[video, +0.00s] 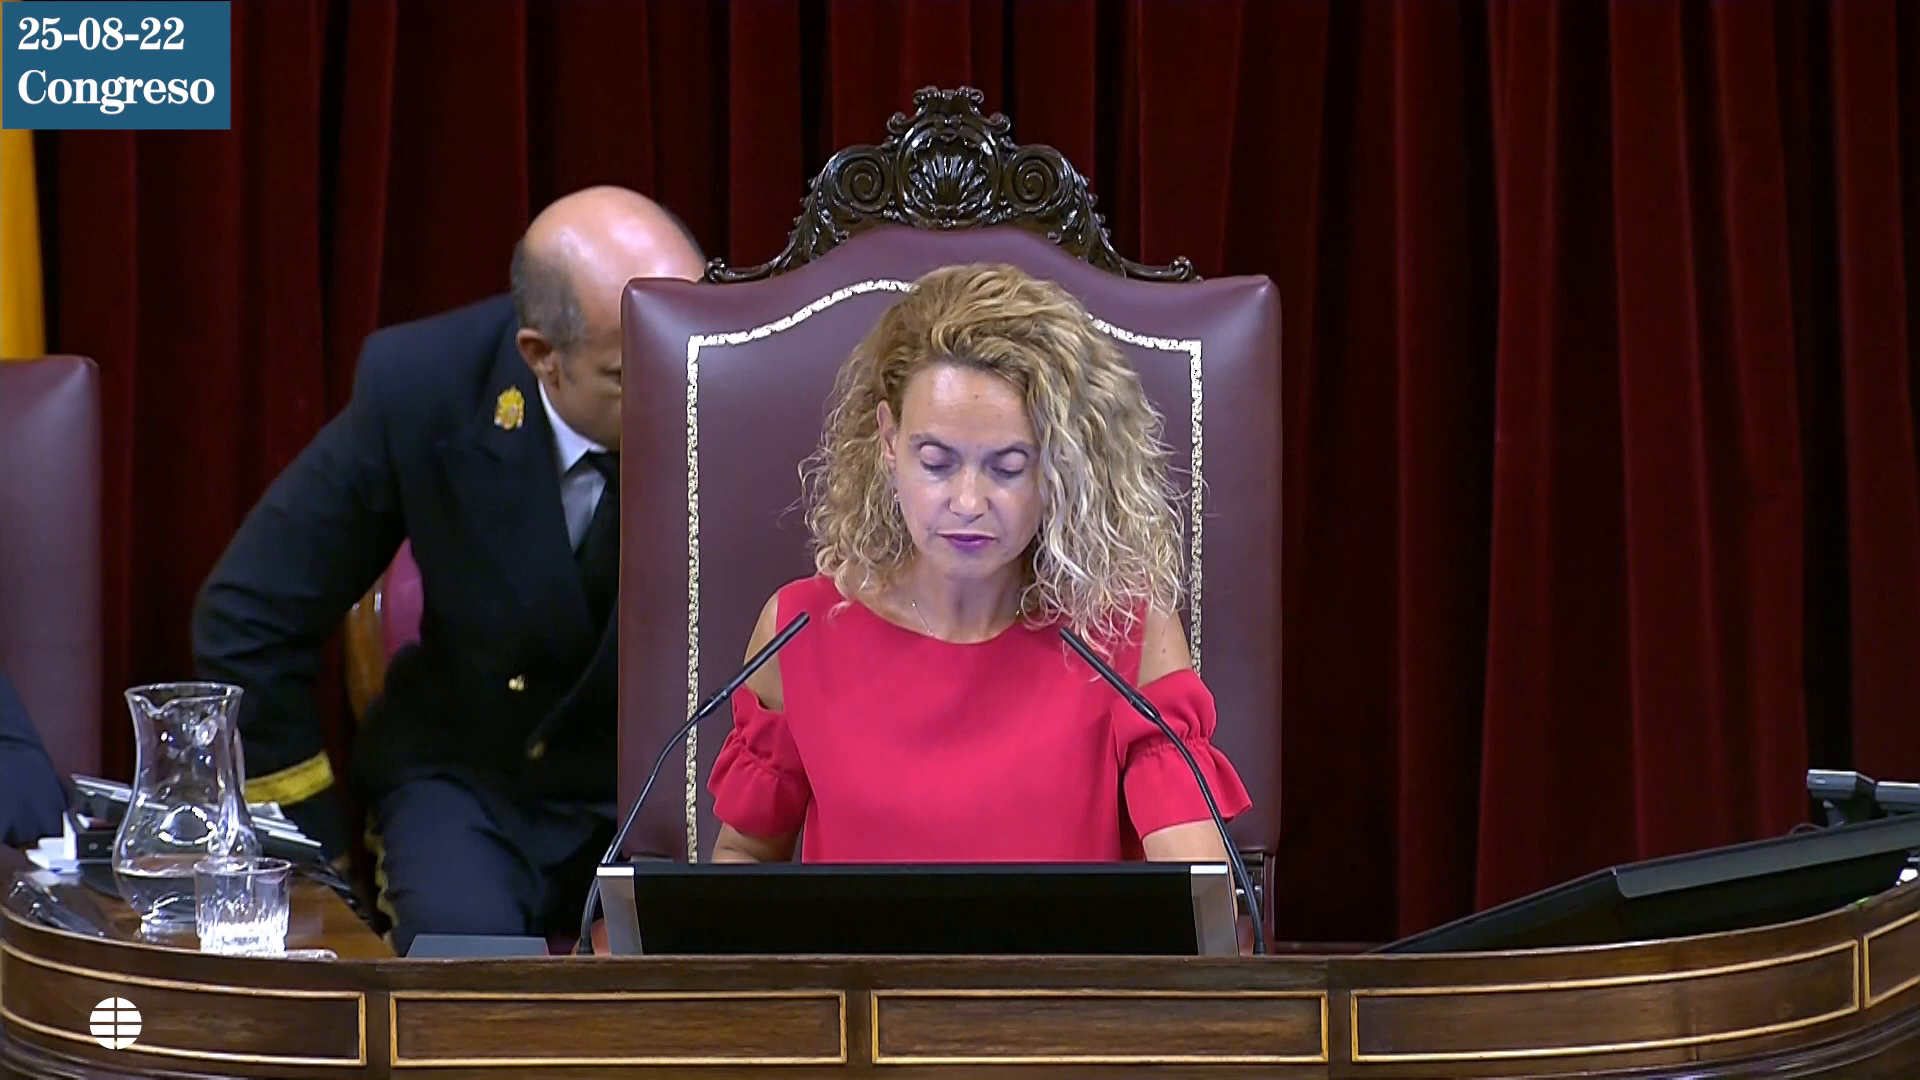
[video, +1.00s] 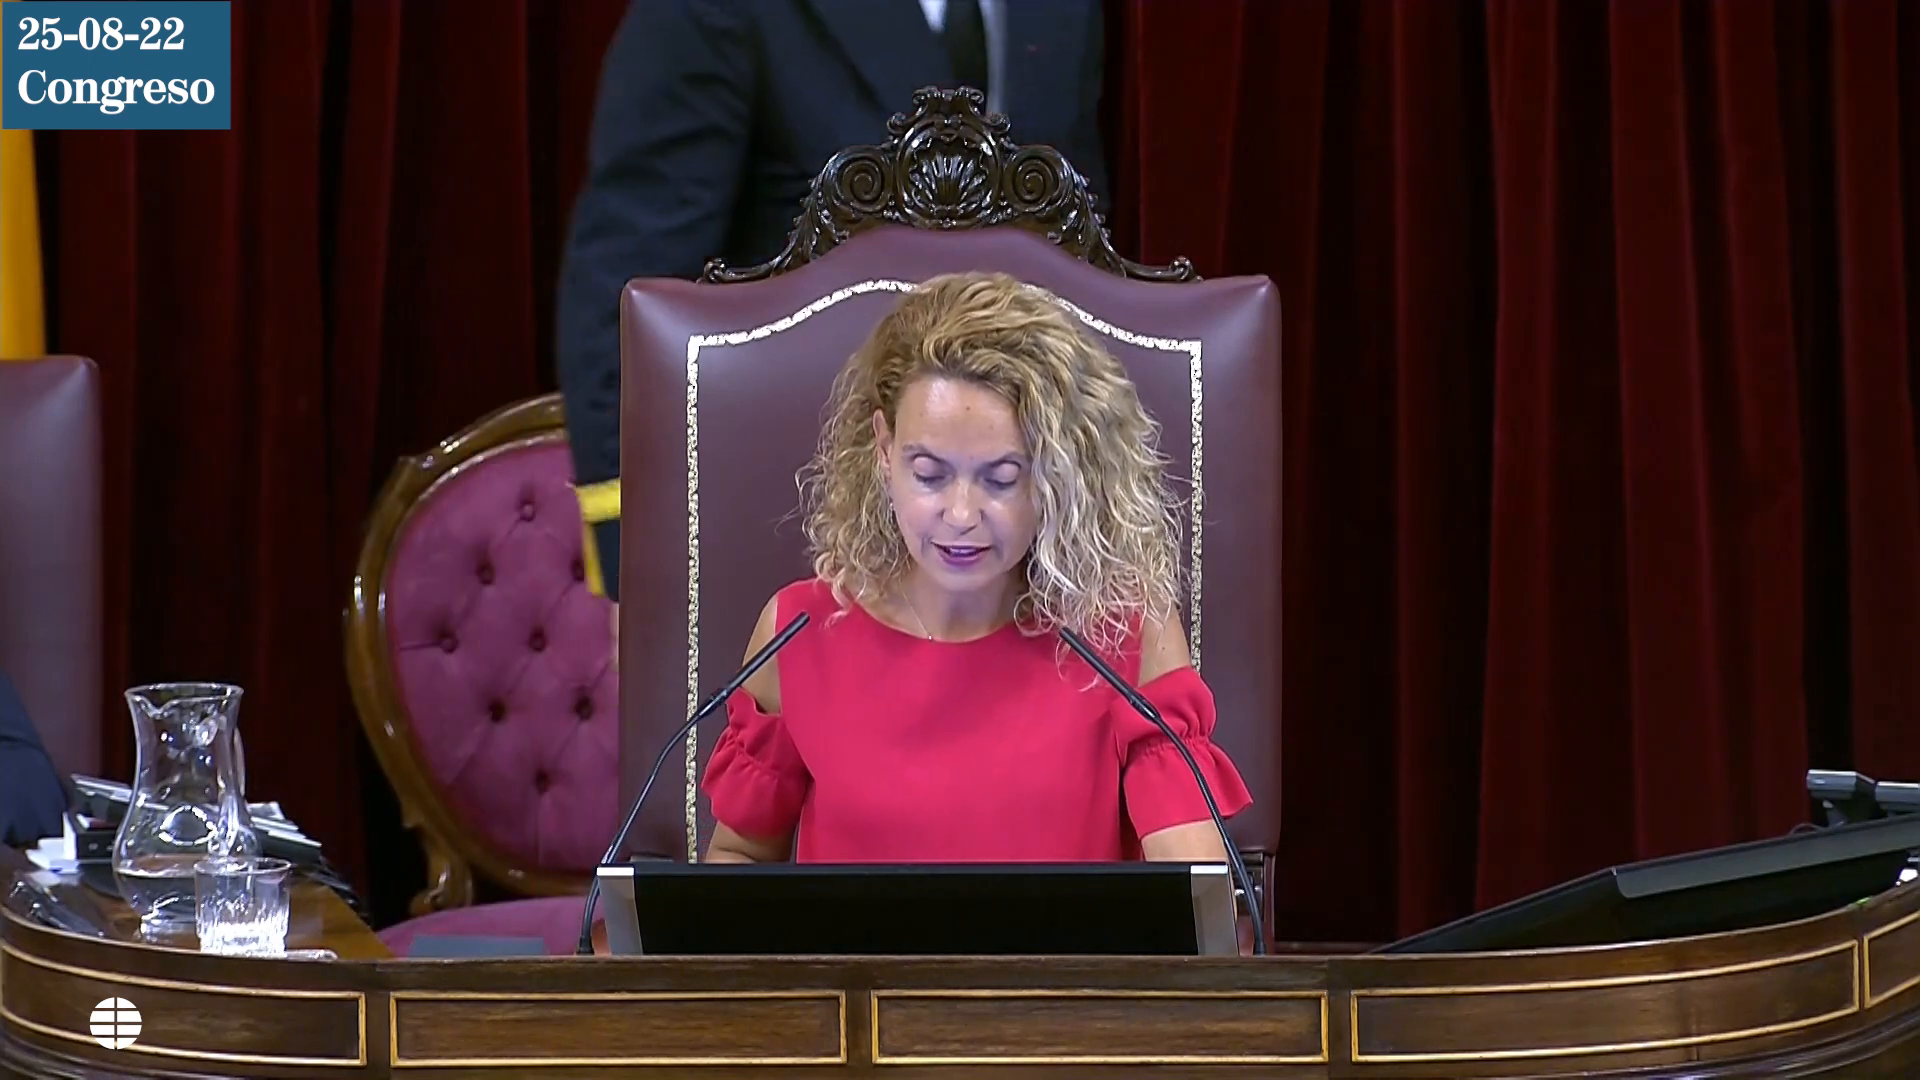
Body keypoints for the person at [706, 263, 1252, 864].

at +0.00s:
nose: (970, 502)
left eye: (1008, 465)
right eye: (937, 460)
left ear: (1062, 464)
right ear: (889, 441)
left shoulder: (1126, 624)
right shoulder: (802, 626)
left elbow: (1204, 899)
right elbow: (741, 864)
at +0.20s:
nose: (959, 510)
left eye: (997, 474)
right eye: (928, 470)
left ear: (1052, 471)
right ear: (877, 452)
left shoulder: (1120, 628)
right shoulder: (794, 634)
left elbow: (1201, 898)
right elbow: (728, 875)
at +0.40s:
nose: (955, 520)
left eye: (993, 482)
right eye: (923, 479)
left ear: (1047, 479)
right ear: (872, 460)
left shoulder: (1120, 632)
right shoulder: (791, 636)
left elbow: (1198, 896)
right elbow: (723, 868)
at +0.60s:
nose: (955, 521)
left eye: (994, 482)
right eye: (923, 479)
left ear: (1049, 479)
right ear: (873, 460)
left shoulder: (1119, 635)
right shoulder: (793, 636)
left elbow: (1198, 894)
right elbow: (726, 863)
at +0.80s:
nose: (959, 517)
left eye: (997, 480)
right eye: (927, 476)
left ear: (1053, 475)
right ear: (877, 455)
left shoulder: (1121, 631)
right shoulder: (796, 634)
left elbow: (1201, 898)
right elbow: (730, 869)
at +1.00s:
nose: (962, 513)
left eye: (1001, 476)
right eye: (931, 472)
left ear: (1059, 471)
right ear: (883, 449)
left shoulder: (1125, 631)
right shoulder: (801, 630)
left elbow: (1202, 901)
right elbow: (732, 870)